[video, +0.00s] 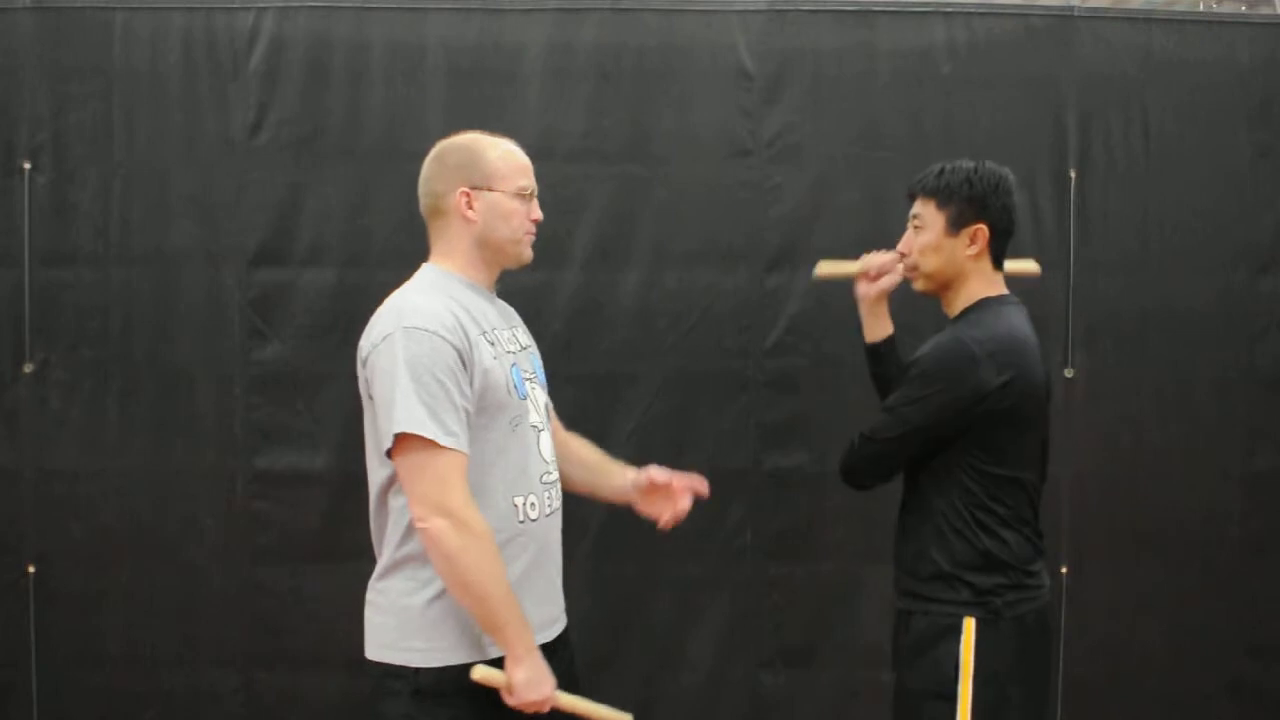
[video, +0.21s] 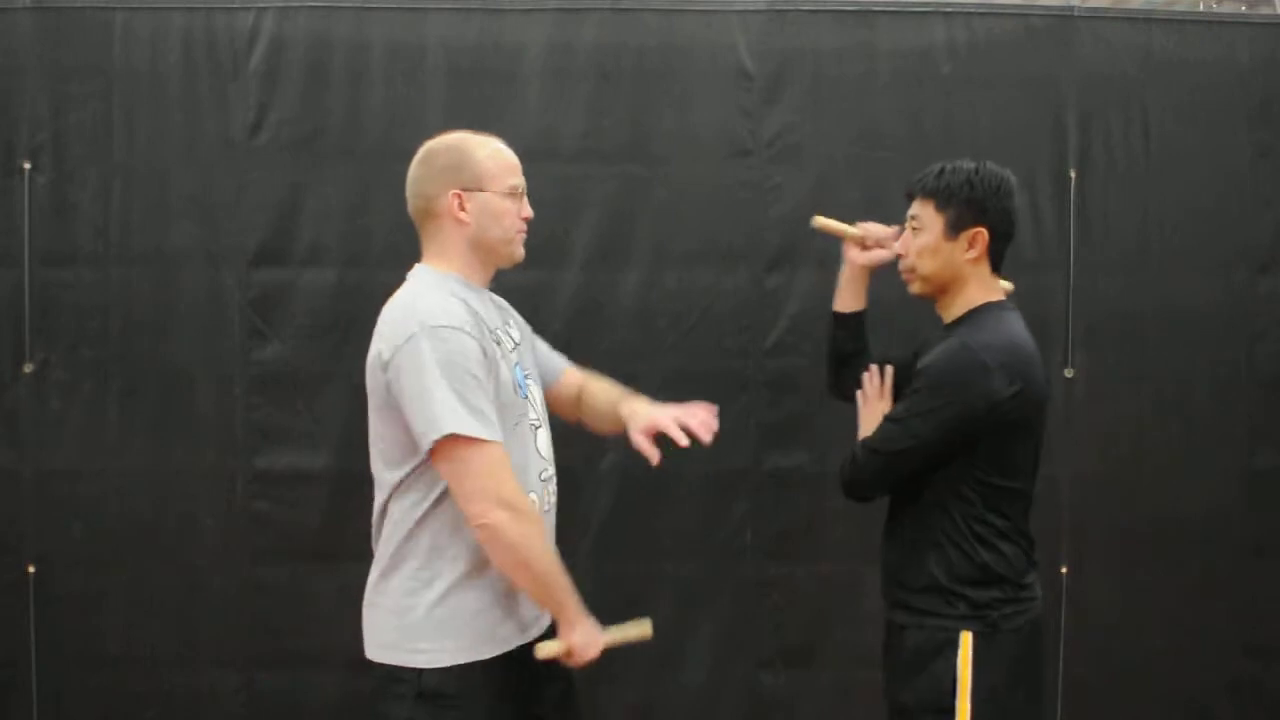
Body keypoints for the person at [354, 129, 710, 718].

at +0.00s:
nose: (538, 214)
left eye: (536, 198)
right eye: (524, 196)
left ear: (473, 205)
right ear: (468, 203)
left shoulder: (502, 320)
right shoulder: (417, 328)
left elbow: (550, 442)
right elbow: (441, 513)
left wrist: (631, 485)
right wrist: (520, 649)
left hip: (537, 645)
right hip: (443, 662)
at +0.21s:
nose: (529, 212)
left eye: (525, 196)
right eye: (513, 195)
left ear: (466, 207)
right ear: (459, 206)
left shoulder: (492, 314)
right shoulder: (430, 324)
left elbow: (571, 387)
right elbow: (493, 507)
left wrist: (634, 410)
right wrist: (570, 613)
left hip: (515, 639)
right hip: (445, 656)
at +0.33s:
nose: (522, 211)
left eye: (517, 195)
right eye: (506, 194)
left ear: (457, 209)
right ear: (453, 207)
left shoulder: (495, 300)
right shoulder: (436, 322)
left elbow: (601, 330)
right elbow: (540, 489)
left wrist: (672, 359)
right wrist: (611, 558)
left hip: (513, 622)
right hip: (443, 645)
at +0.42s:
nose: (517, 209)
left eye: (511, 193)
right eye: (500, 193)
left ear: (451, 208)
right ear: (446, 208)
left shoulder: (494, 284)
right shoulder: (436, 320)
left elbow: (614, 285)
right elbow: (577, 463)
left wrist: (714, 323)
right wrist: (640, 483)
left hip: (512, 619)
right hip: (440, 643)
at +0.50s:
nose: (510, 209)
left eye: (504, 191)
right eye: (492, 192)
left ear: (440, 211)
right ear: (438, 210)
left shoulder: (488, 275)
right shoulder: (430, 320)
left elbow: (606, 258)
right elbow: (595, 417)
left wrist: (725, 282)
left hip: (512, 615)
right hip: (436, 642)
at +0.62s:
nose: (499, 207)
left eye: (493, 191)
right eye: (481, 194)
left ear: (427, 212)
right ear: (422, 212)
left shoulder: (480, 276)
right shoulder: (416, 320)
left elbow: (596, 255)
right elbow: (598, 363)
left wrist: (661, 294)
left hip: (515, 611)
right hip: (434, 633)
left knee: (555, 707)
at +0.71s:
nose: (491, 210)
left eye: (486, 193)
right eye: (472, 194)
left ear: (415, 215)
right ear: (411, 212)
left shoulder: (487, 284)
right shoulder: (393, 318)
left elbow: (594, 282)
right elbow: (581, 357)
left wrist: (659, 235)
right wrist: (656, 260)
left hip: (521, 622)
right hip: (427, 638)